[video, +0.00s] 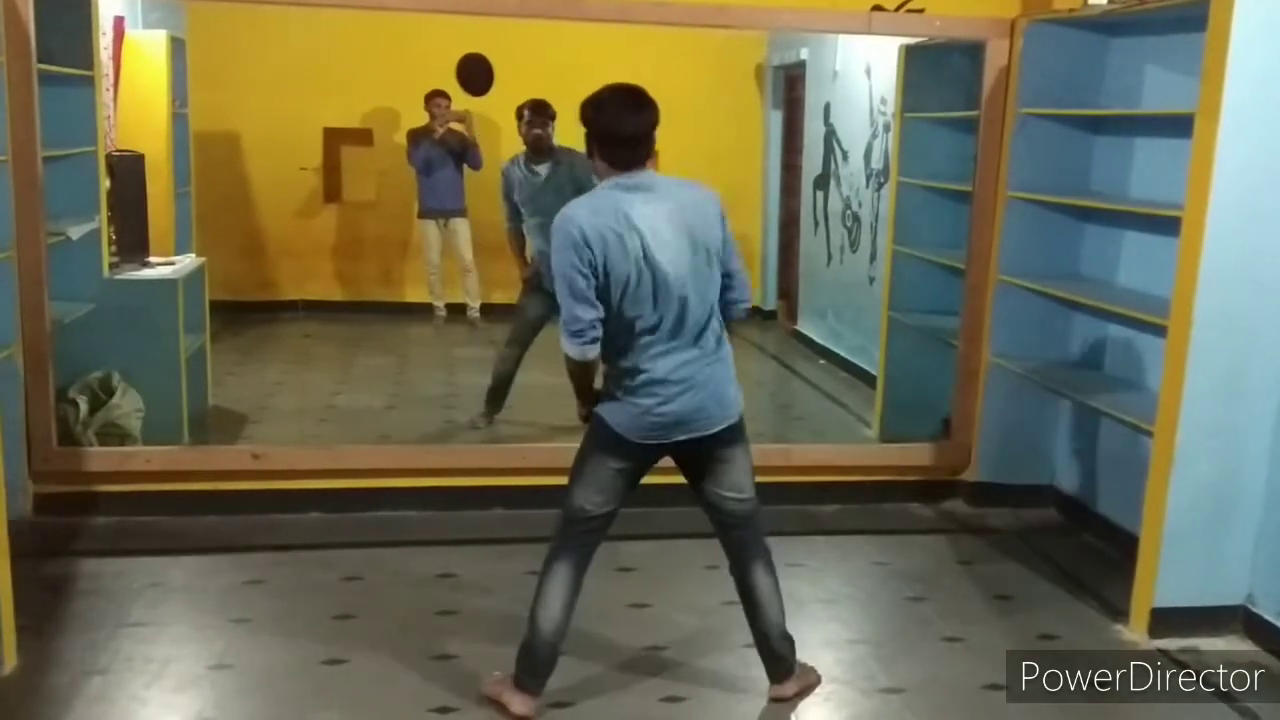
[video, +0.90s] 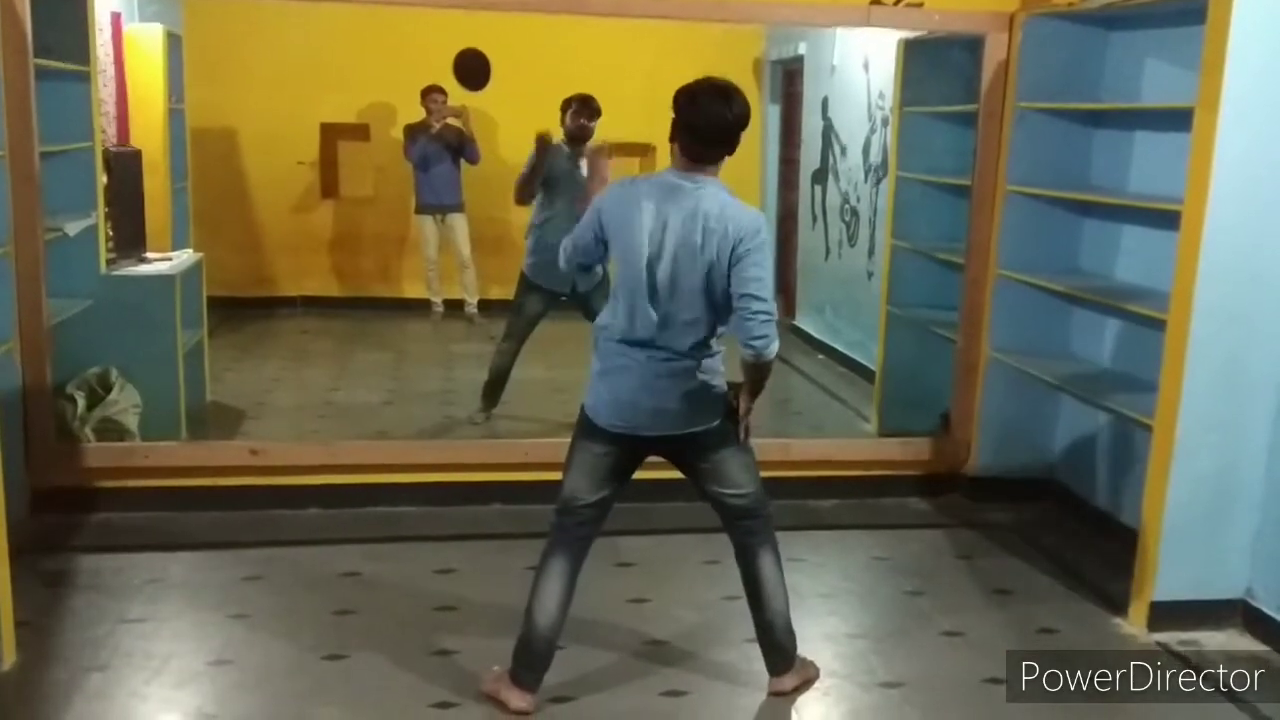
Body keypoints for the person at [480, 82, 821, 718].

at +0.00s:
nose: (585, 147)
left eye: (585, 139)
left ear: (592, 146)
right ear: (653, 140)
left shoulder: (577, 221)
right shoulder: (701, 201)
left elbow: (581, 341)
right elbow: (735, 304)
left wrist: (585, 398)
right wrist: (687, 339)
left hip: (632, 409)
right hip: (714, 403)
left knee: (573, 546)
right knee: (747, 542)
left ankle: (525, 688)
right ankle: (784, 673)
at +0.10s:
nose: (611, 143)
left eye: (608, 134)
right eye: (668, 133)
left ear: (609, 143)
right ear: (672, 141)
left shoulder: (583, 224)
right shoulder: (717, 211)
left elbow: (586, 339)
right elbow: (770, 309)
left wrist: (585, 397)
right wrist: (762, 379)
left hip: (629, 412)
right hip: (713, 407)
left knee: (576, 545)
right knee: (751, 541)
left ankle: (526, 688)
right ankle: (784, 674)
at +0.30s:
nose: (622, 137)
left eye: (625, 129)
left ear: (628, 139)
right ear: (691, 138)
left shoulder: (595, 207)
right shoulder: (731, 212)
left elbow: (537, 299)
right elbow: (777, 317)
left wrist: (502, 373)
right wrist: (785, 374)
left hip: (621, 410)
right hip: (706, 411)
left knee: (572, 542)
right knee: (756, 536)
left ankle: (523, 688)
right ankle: (785, 673)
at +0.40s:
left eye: (641, 122)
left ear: (639, 130)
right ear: (704, 133)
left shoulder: (602, 201)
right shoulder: (735, 212)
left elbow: (518, 238)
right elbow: (774, 317)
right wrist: (775, 374)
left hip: (618, 409)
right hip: (701, 411)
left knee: (571, 545)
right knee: (753, 539)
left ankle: (523, 688)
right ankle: (784, 674)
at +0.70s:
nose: (732, 147)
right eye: (735, 139)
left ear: (672, 137)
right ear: (735, 147)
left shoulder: (613, 195)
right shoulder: (745, 227)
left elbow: (543, 242)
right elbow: (761, 343)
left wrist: (541, 201)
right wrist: (751, 395)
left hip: (615, 405)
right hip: (697, 410)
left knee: (569, 537)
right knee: (753, 528)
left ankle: (523, 685)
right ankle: (784, 669)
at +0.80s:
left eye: (677, 130)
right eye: (733, 141)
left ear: (675, 136)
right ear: (737, 150)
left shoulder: (617, 200)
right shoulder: (745, 227)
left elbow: (548, 264)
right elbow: (760, 344)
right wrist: (744, 398)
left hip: (614, 405)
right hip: (697, 410)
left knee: (567, 535)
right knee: (754, 527)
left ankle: (521, 684)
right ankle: (784, 668)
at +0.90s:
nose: (676, 136)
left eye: (676, 126)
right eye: (729, 134)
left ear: (672, 132)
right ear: (735, 142)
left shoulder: (621, 199)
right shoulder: (743, 224)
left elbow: (571, 260)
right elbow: (757, 341)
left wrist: (604, 307)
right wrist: (748, 392)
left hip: (613, 402)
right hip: (695, 408)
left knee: (569, 535)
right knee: (752, 528)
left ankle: (522, 684)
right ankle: (783, 667)